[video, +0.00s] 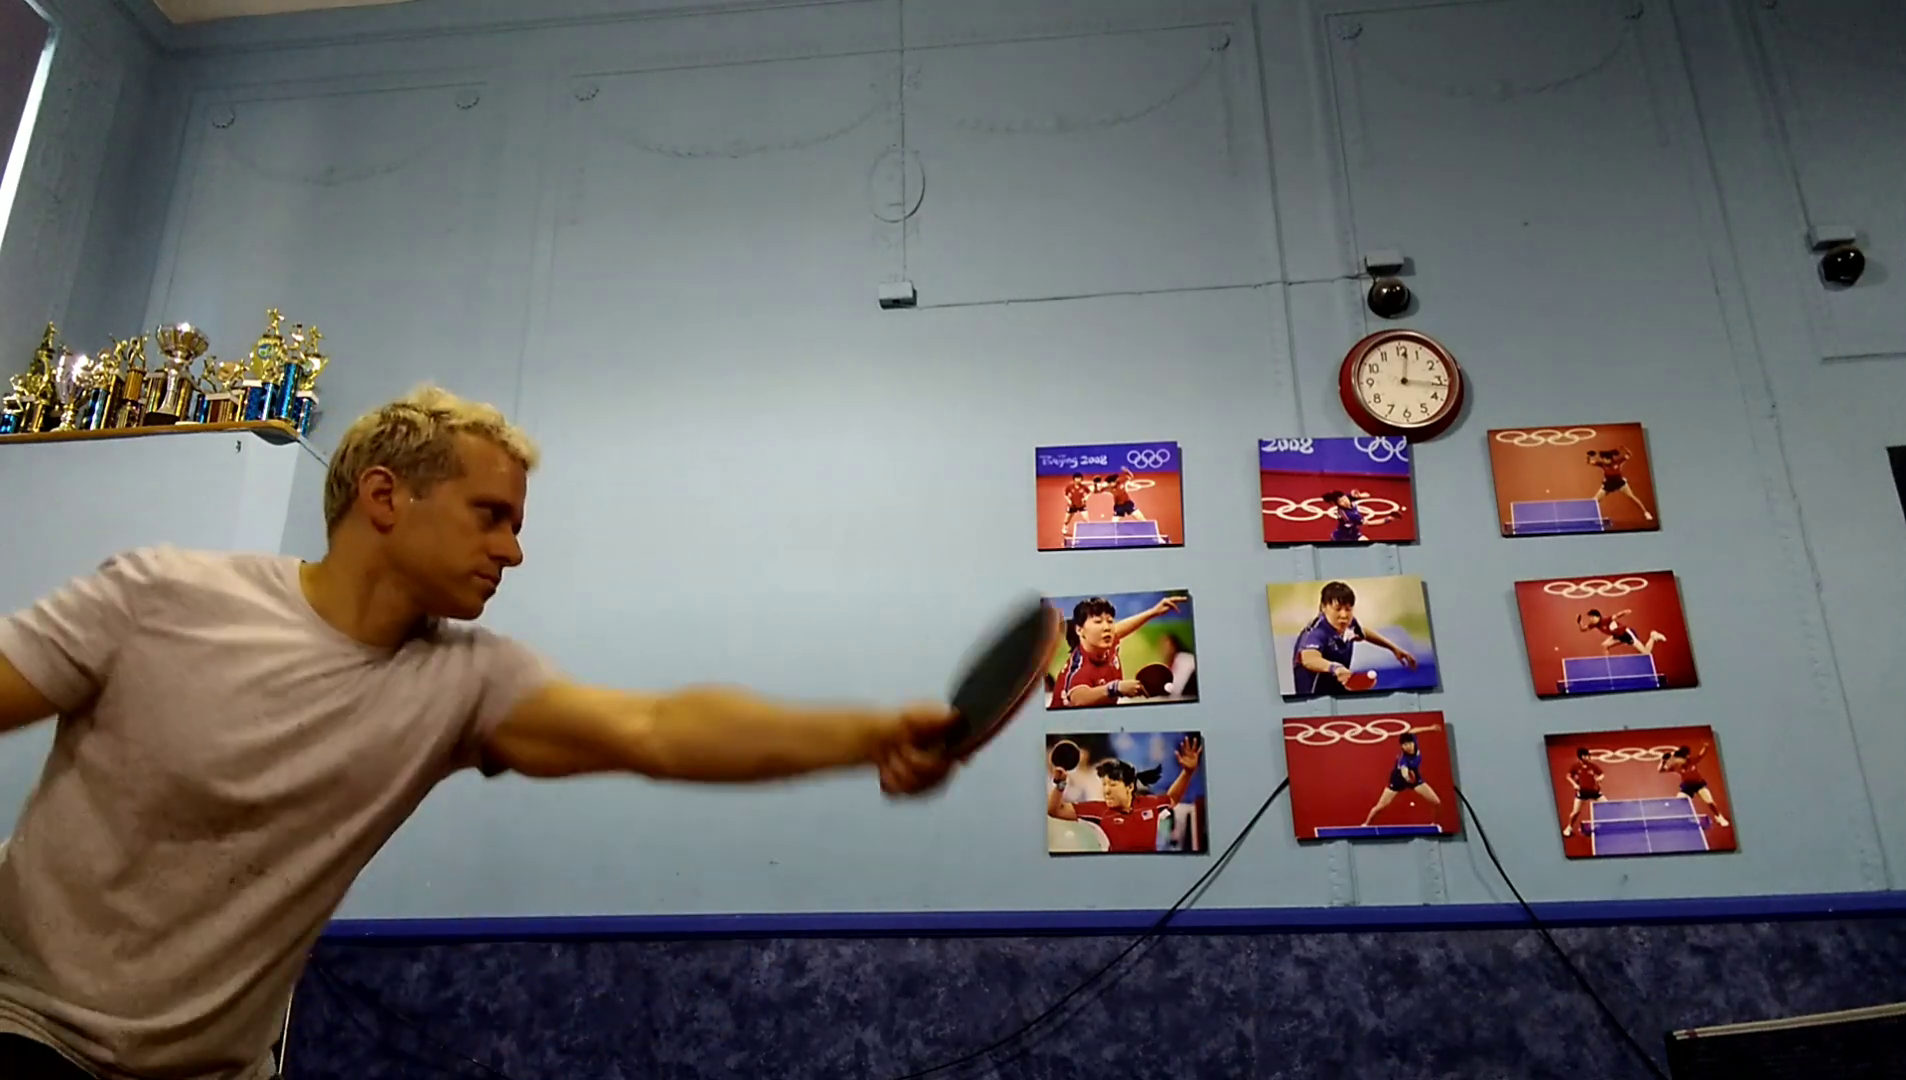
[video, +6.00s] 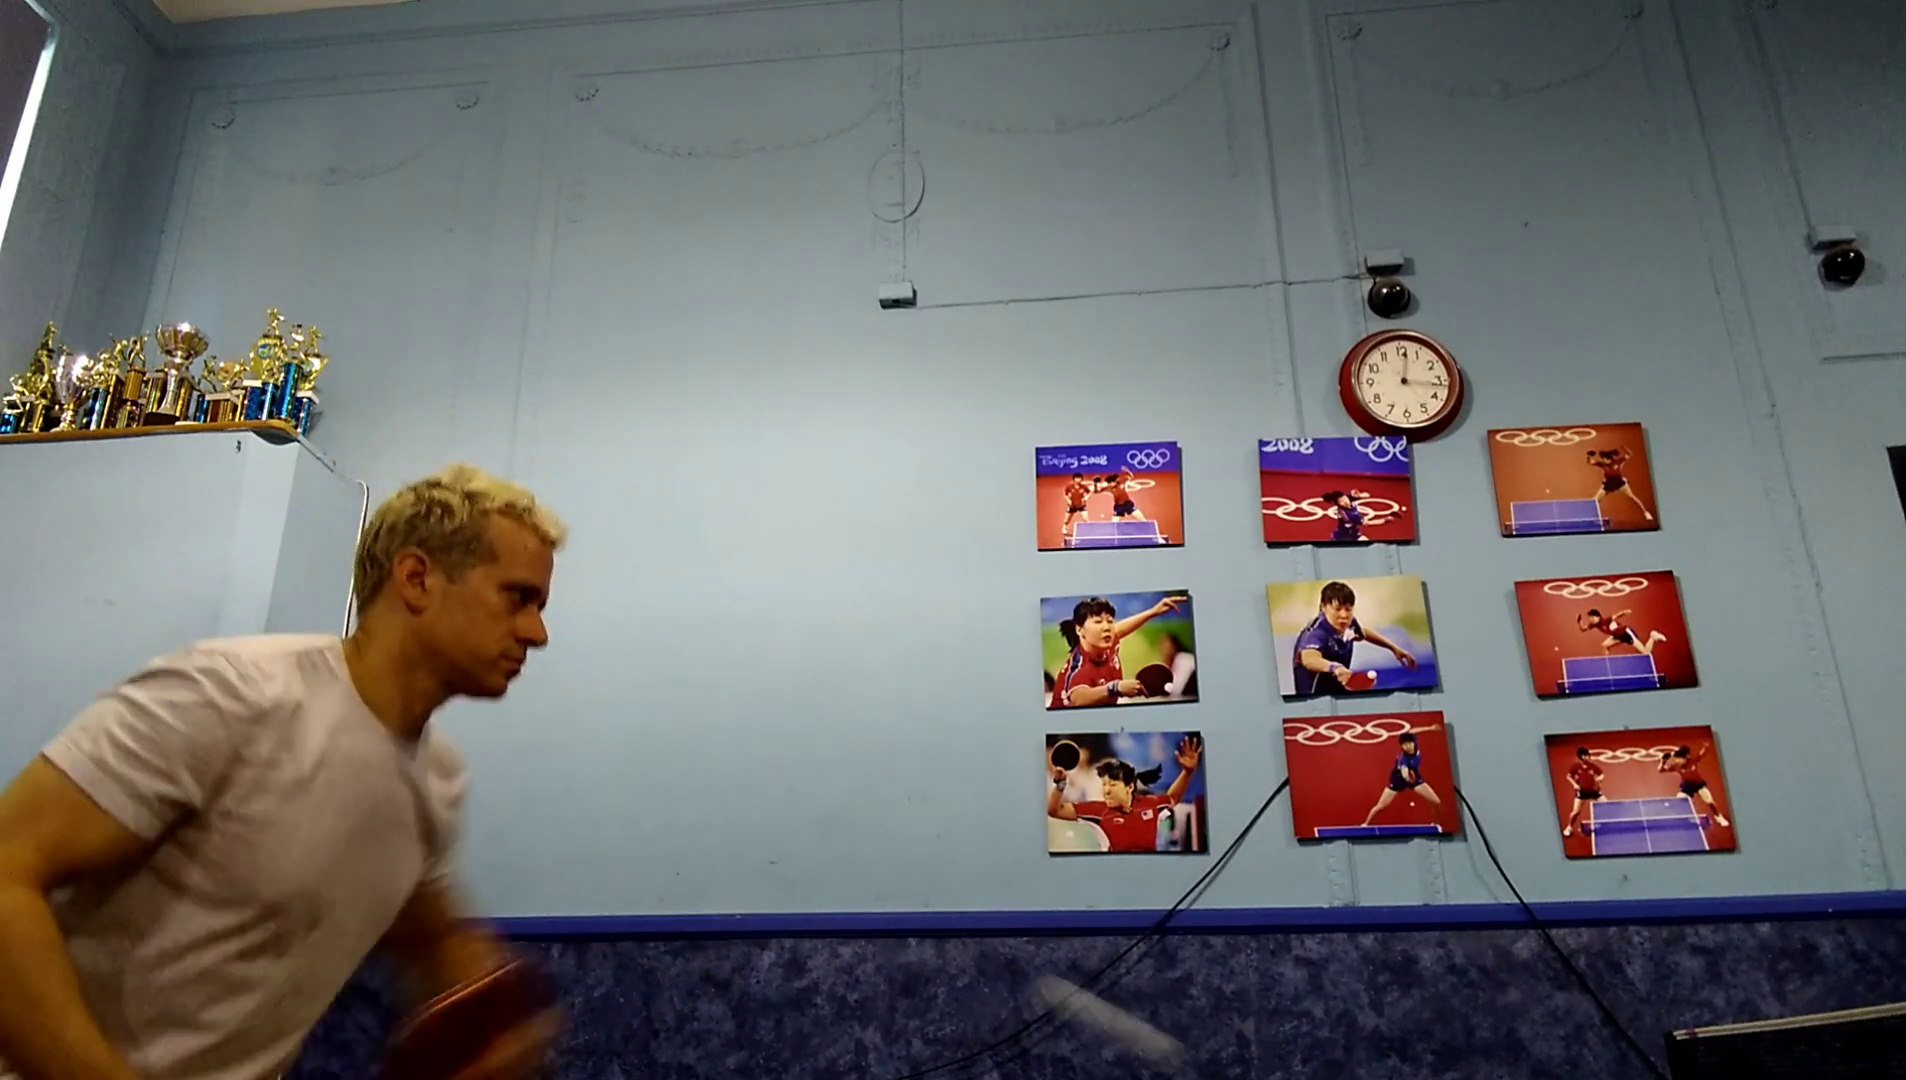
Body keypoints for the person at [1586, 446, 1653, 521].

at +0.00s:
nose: (1605, 461)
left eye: (1606, 460)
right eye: (1603, 460)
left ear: (1610, 459)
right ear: (1603, 459)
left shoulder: (1617, 461)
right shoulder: (1602, 464)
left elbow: (1629, 456)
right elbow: (1590, 463)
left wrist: (1625, 449)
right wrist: (1589, 457)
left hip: (1620, 482)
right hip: (1608, 483)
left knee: (1631, 497)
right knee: (1595, 499)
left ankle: (1645, 512)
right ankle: (1592, 519)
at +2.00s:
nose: (1605, 461)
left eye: (1606, 460)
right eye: (1603, 460)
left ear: (1610, 459)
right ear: (1603, 459)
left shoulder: (1617, 461)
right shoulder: (1602, 464)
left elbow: (1629, 457)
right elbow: (1590, 463)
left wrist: (1624, 449)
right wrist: (1589, 457)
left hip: (1620, 482)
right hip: (1608, 483)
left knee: (1632, 497)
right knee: (1595, 499)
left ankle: (1645, 512)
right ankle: (1592, 519)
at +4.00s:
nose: (1605, 461)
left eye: (1606, 459)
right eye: (1603, 459)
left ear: (1610, 458)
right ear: (1603, 459)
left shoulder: (1618, 462)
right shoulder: (1602, 464)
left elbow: (1629, 455)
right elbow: (1590, 463)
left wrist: (1624, 448)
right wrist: (1589, 457)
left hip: (1620, 482)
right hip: (1608, 483)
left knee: (1632, 497)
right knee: (1595, 499)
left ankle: (1645, 512)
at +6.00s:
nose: (1605, 461)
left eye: (1606, 460)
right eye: (1603, 460)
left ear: (1610, 458)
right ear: (1603, 459)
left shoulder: (1618, 462)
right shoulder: (1602, 464)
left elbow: (1629, 455)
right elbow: (1590, 463)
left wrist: (1624, 448)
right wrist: (1589, 457)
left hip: (1620, 482)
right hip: (1608, 483)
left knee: (1632, 497)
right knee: (1595, 499)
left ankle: (1645, 512)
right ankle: (1591, 519)